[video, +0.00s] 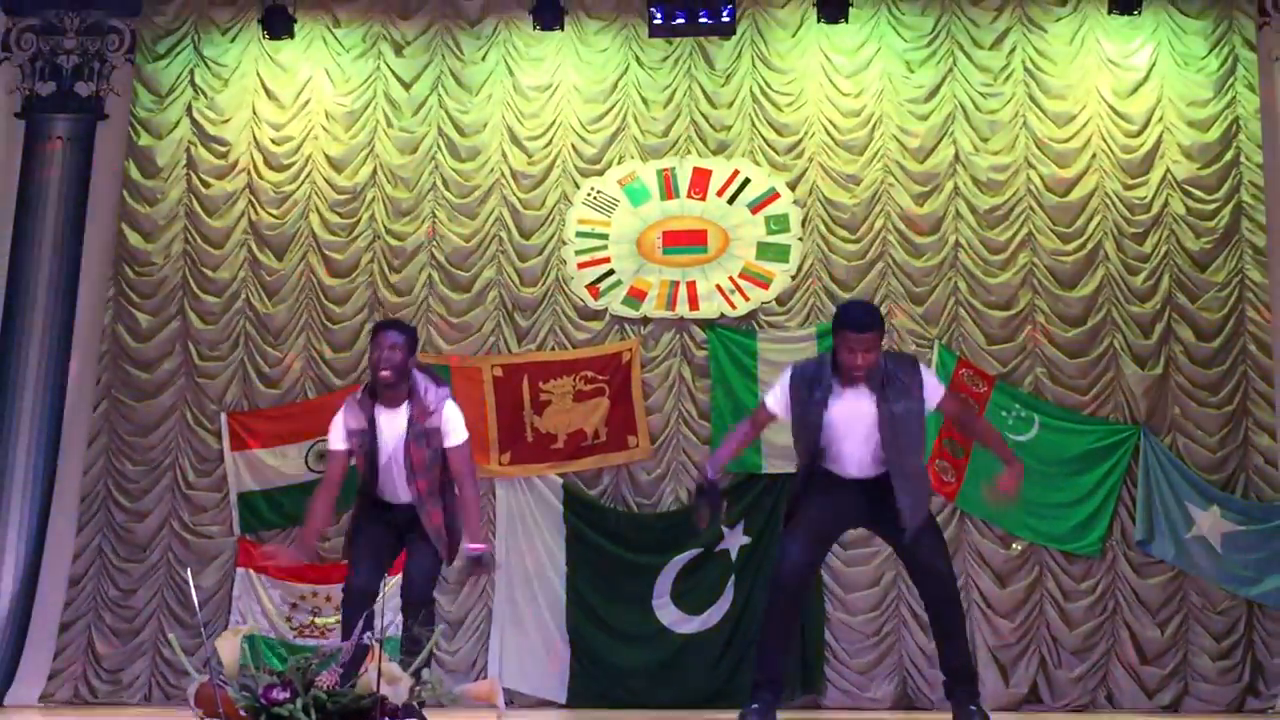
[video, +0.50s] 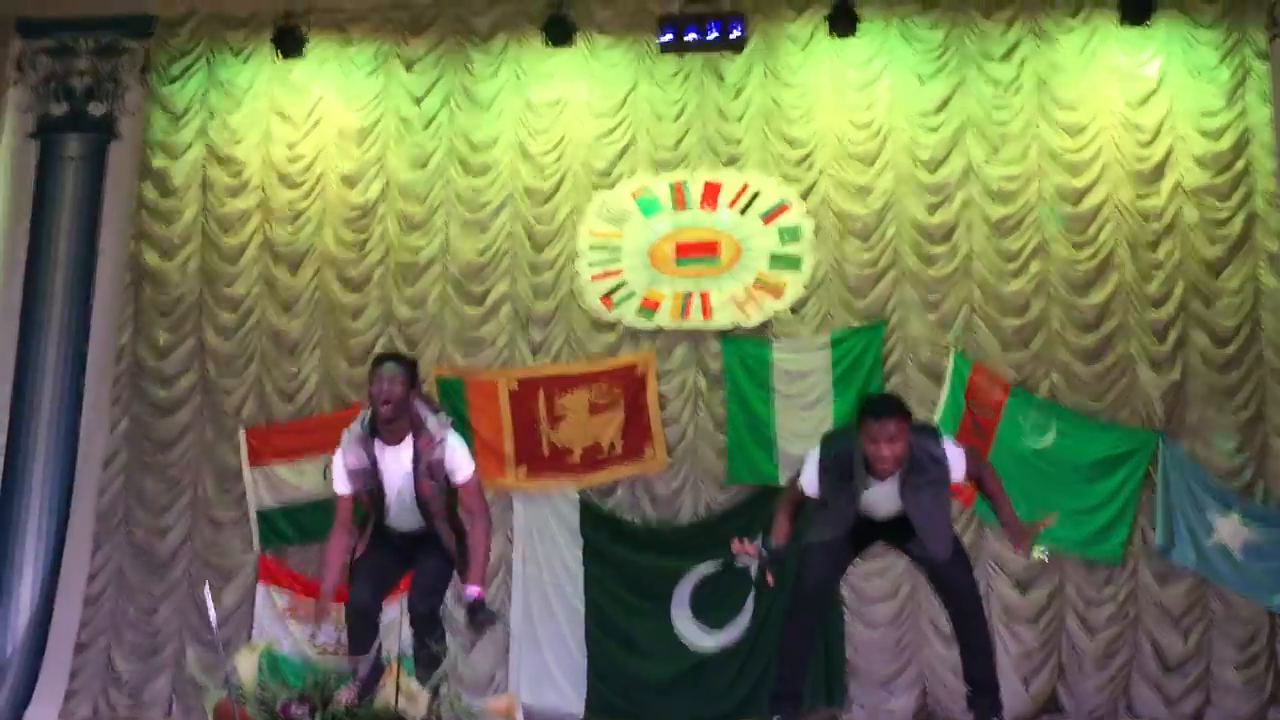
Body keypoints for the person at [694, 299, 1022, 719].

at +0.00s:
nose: (859, 360)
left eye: (868, 350)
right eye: (850, 350)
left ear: (881, 346)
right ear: (834, 344)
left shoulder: (909, 376)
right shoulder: (803, 379)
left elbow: (964, 415)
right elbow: (753, 424)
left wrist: (1011, 460)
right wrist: (713, 468)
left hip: (894, 493)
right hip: (826, 492)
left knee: (941, 585)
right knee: (788, 576)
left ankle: (965, 700)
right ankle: (764, 699)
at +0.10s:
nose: (860, 355)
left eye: (869, 346)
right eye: (851, 346)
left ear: (883, 333)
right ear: (836, 333)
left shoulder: (910, 344)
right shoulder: (809, 345)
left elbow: (959, 389)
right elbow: (775, 403)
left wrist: (986, 433)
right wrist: (721, 430)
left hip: (894, 481)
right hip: (828, 480)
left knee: (939, 581)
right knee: (793, 576)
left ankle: (964, 699)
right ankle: (764, 696)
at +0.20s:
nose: (863, 352)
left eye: (872, 343)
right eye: (855, 343)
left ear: (888, 332)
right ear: (840, 332)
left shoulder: (916, 345)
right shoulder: (815, 348)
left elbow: (959, 393)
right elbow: (787, 399)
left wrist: (965, 429)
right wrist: (761, 431)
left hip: (895, 479)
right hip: (829, 479)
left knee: (939, 577)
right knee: (794, 573)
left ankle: (964, 695)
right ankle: (764, 694)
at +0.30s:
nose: (869, 370)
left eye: (878, 361)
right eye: (860, 360)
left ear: (891, 354)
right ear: (843, 353)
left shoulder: (916, 377)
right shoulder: (816, 382)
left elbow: (961, 408)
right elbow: (788, 426)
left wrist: (966, 462)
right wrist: (778, 466)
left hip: (896, 485)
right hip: (830, 484)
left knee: (943, 578)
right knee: (794, 572)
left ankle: (968, 697)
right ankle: (764, 695)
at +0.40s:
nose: (877, 414)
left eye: (886, 404)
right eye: (867, 404)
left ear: (899, 400)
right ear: (851, 400)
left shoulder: (923, 416)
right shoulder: (823, 425)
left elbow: (964, 439)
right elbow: (791, 464)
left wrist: (985, 499)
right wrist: (783, 510)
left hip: (905, 507)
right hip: (840, 509)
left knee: (951, 591)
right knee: (799, 586)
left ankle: (974, 702)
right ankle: (769, 704)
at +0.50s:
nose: (885, 451)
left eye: (894, 441)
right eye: (875, 441)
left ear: (910, 438)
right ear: (860, 440)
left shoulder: (935, 452)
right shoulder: (832, 455)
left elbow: (980, 469)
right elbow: (792, 495)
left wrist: (1011, 524)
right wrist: (777, 547)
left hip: (915, 523)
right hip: (849, 525)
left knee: (966, 600)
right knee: (807, 594)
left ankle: (986, 707)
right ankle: (785, 705)